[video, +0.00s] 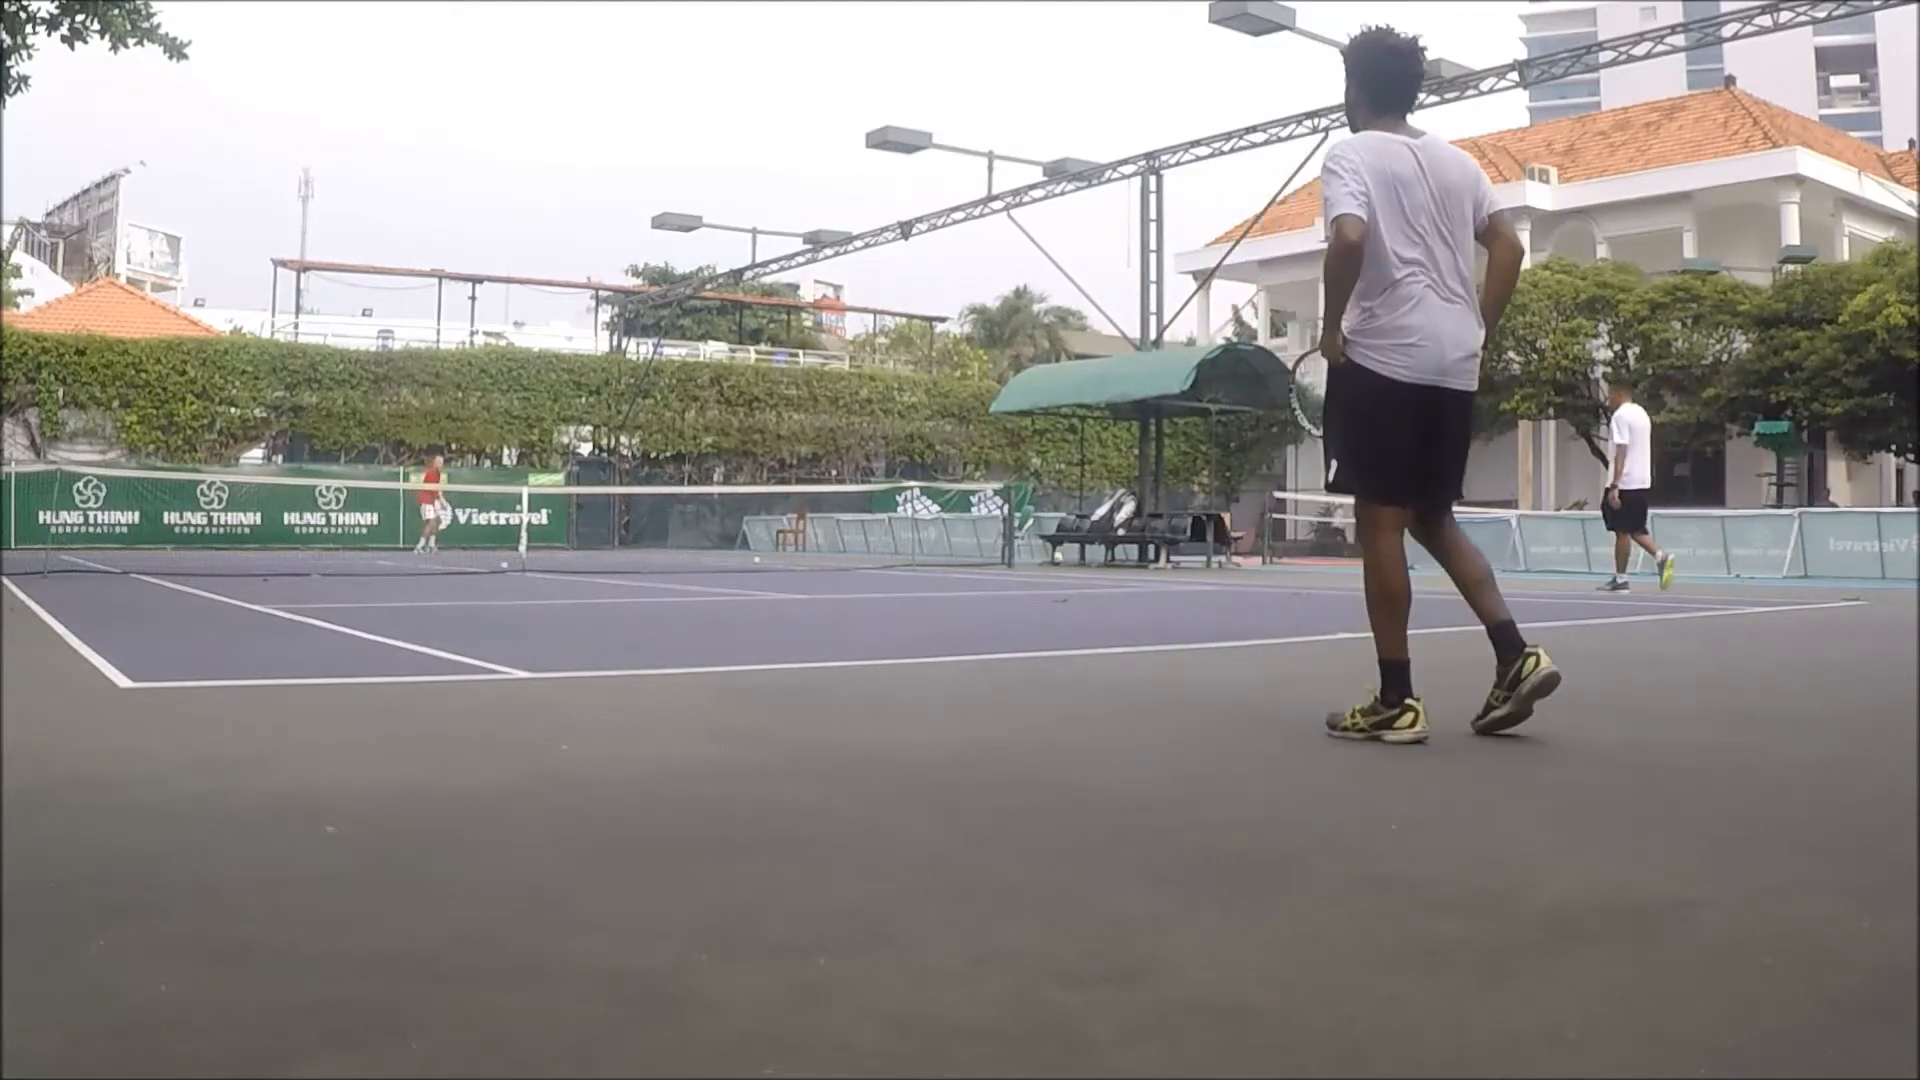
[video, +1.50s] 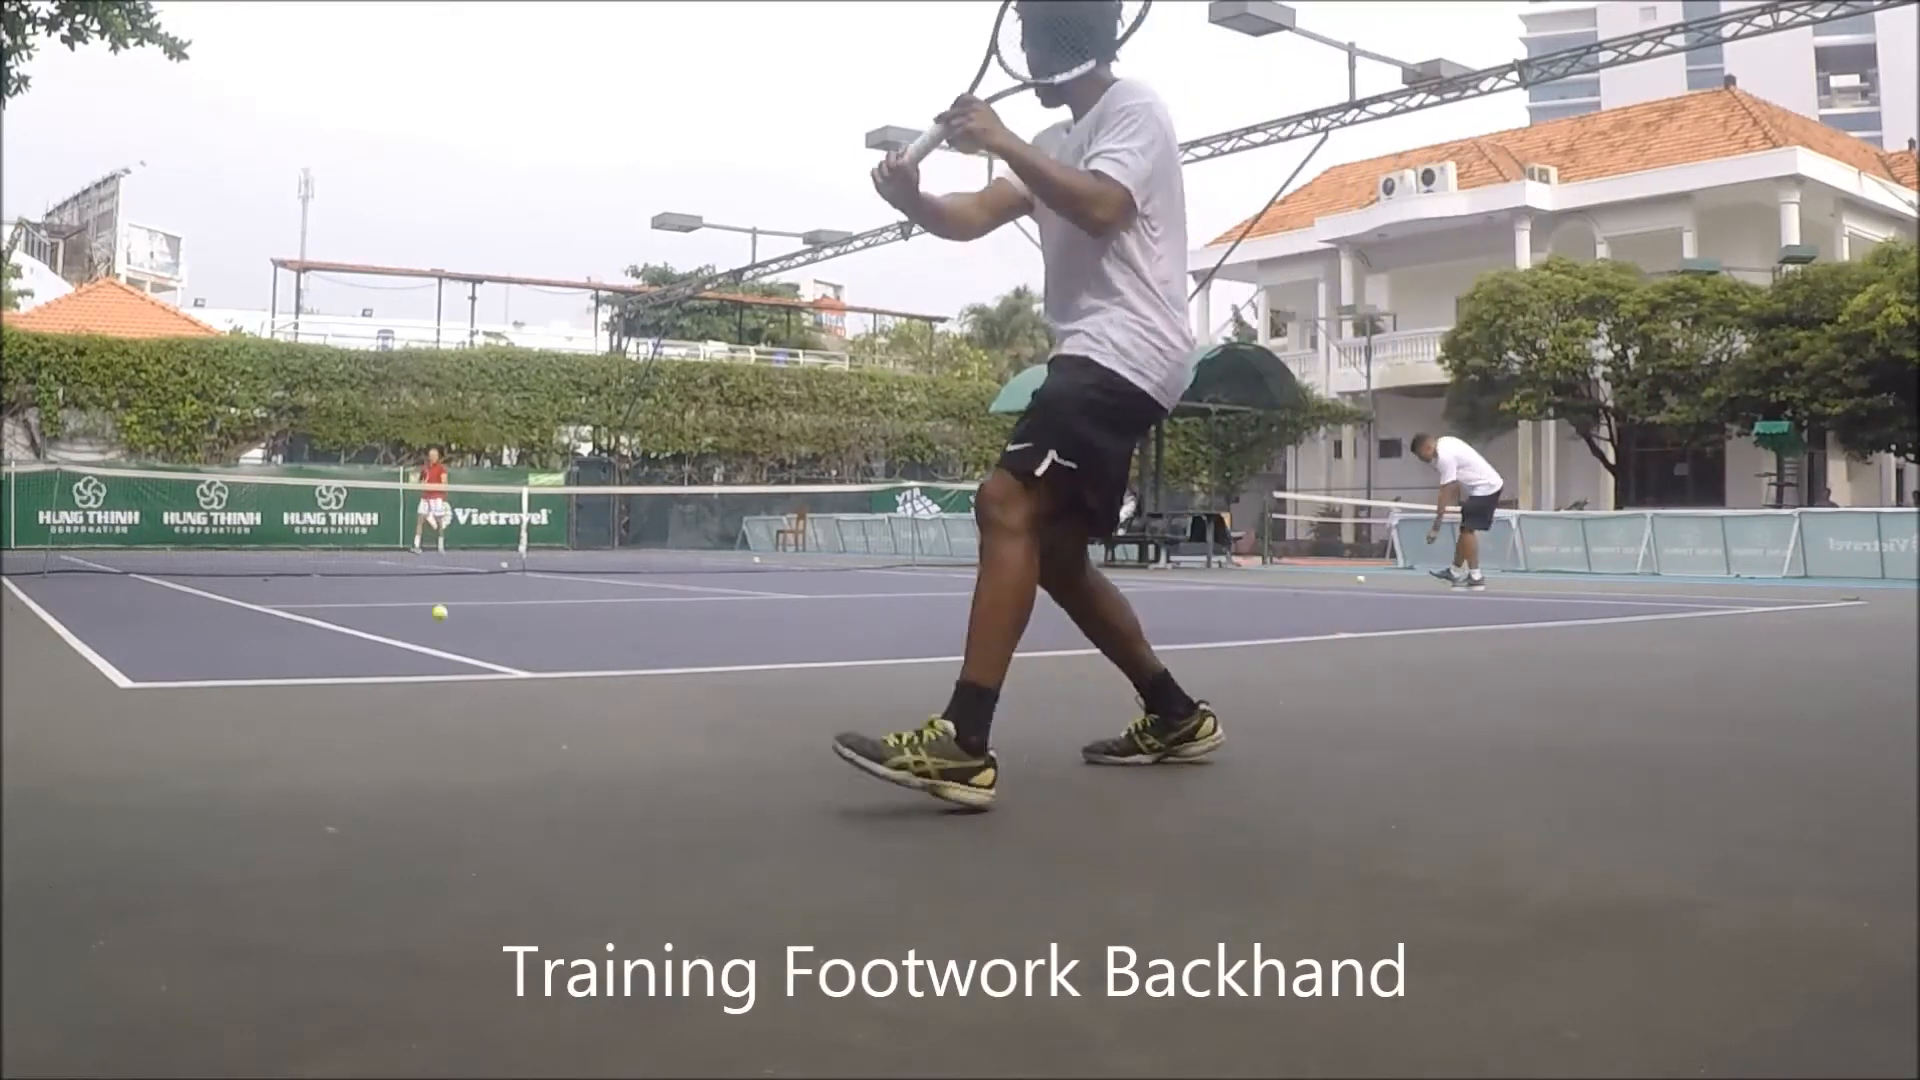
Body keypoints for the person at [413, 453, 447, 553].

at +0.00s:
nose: (441, 465)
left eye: (442, 462)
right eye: (438, 462)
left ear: (442, 463)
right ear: (432, 462)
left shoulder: (437, 474)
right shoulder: (430, 474)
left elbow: (437, 489)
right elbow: (434, 489)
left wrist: (441, 500)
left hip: (433, 500)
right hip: (426, 500)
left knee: (436, 521)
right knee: (431, 521)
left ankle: (431, 544)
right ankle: (420, 545)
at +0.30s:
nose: (441, 466)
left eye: (442, 464)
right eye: (439, 464)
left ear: (441, 465)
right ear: (433, 464)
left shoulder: (436, 475)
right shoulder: (431, 474)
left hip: (434, 500)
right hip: (428, 501)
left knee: (437, 522)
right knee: (437, 521)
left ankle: (428, 546)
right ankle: (427, 547)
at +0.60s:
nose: (439, 463)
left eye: (440, 460)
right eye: (437, 461)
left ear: (441, 461)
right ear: (431, 461)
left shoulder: (442, 472)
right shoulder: (422, 473)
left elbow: (444, 486)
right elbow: (420, 487)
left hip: (439, 499)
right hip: (427, 499)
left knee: (436, 522)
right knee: (430, 519)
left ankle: (424, 541)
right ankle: (426, 544)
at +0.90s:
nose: (438, 459)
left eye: (440, 456)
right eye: (436, 456)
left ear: (441, 457)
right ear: (430, 456)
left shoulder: (441, 468)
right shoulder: (424, 467)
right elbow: (417, 472)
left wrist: (422, 457)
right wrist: (417, 462)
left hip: (438, 493)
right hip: (429, 493)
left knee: (438, 519)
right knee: (431, 517)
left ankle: (423, 538)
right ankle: (426, 543)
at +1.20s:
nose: (437, 459)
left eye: (439, 457)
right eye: (435, 457)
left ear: (442, 459)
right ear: (431, 458)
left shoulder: (443, 469)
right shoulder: (427, 468)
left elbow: (439, 480)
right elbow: (421, 477)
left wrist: (424, 477)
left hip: (438, 495)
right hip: (427, 496)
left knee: (440, 520)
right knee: (427, 520)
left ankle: (441, 544)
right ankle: (425, 543)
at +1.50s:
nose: (433, 458)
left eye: (435, 455)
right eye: (431, 455)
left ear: (438, 456)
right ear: (428, 456)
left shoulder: (441, 469)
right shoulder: (425, 469)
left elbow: (444, 486)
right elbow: (421, 481)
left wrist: (428, 486)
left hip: (437, 498)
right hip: (426, 497)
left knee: (440, 521)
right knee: (421, 519)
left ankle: (441, 544)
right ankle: (417, 544)